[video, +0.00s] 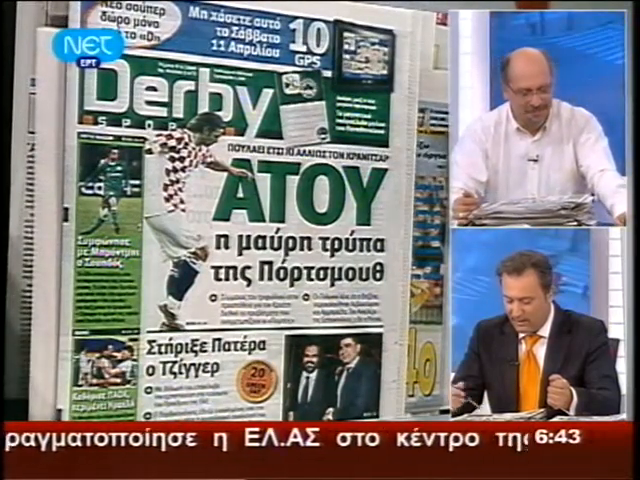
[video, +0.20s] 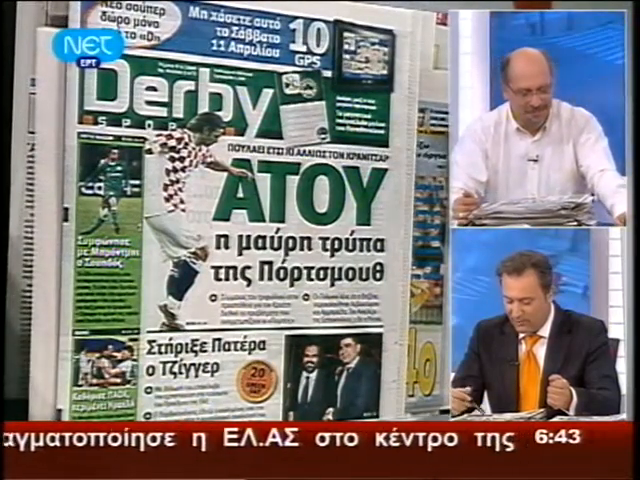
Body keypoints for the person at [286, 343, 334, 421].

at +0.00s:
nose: (310, 360)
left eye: (314, 356)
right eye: (306, 356)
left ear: (320, 359)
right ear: (302, 358)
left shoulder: (326, 377)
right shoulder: (295, 376)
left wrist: (330, 411)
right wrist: (290, 413)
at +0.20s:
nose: (310, 360)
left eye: (314, 356)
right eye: (306, 356)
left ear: (320, 359)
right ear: (302, 358)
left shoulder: (326, 377)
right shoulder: (295, 376)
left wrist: (330, 411)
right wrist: (290, 413)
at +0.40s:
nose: (310, 360)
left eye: (314, 356)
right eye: (306, 356)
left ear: (320, 359)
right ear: (302, 358)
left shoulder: (326, 377)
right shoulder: (295, 376)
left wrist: (330, 411)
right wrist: (290, 413)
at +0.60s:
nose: (310, 360)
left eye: (314, 356)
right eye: (306, 356)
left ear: (320, 359)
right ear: (302, 358)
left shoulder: (326, 377)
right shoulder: (295, 376)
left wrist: (330, 411)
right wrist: (290, 413)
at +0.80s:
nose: (310, 360)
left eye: (314, 356)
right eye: (306, 356)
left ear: (320, 359)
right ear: (302, 358)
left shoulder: (326, 377)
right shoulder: (295, 376)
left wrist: (330, 411)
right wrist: (290, 413)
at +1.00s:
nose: (310, 360)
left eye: (314, 356)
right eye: (306, 356)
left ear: (320, 359)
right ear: (302, 358)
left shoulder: (326, 377)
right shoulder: (295, 376)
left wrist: (330, 411)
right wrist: (290, 413)